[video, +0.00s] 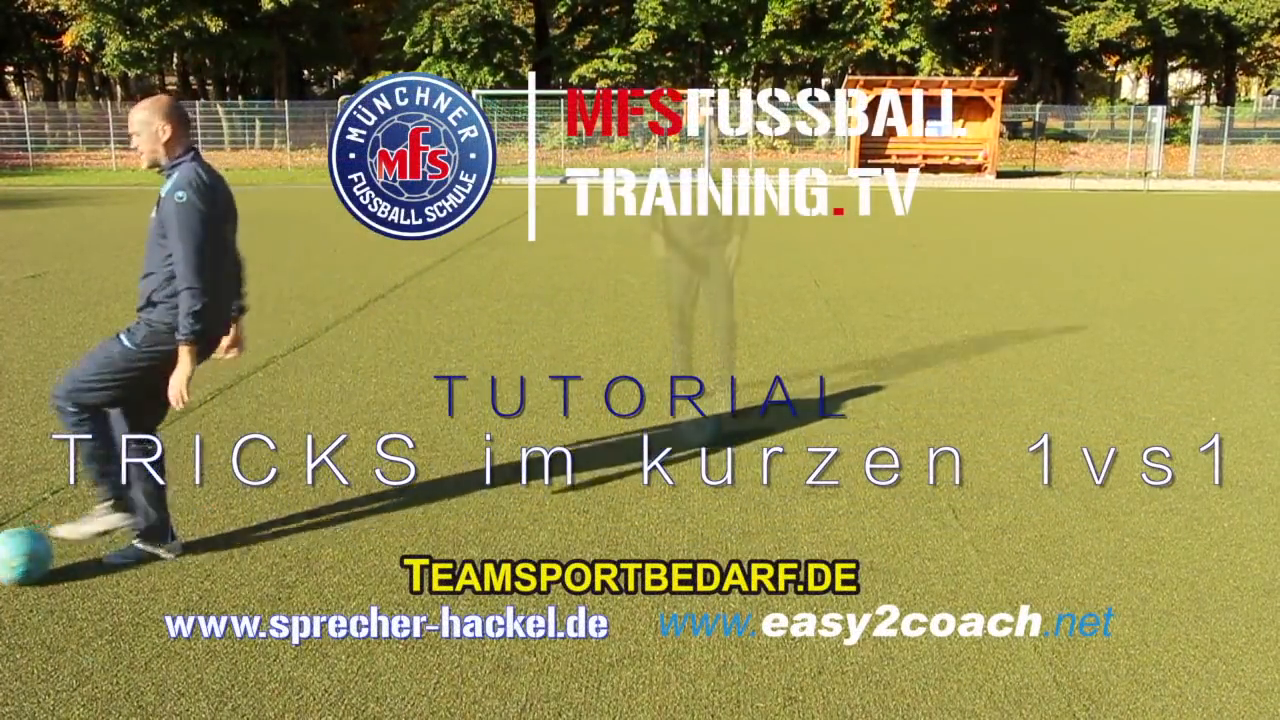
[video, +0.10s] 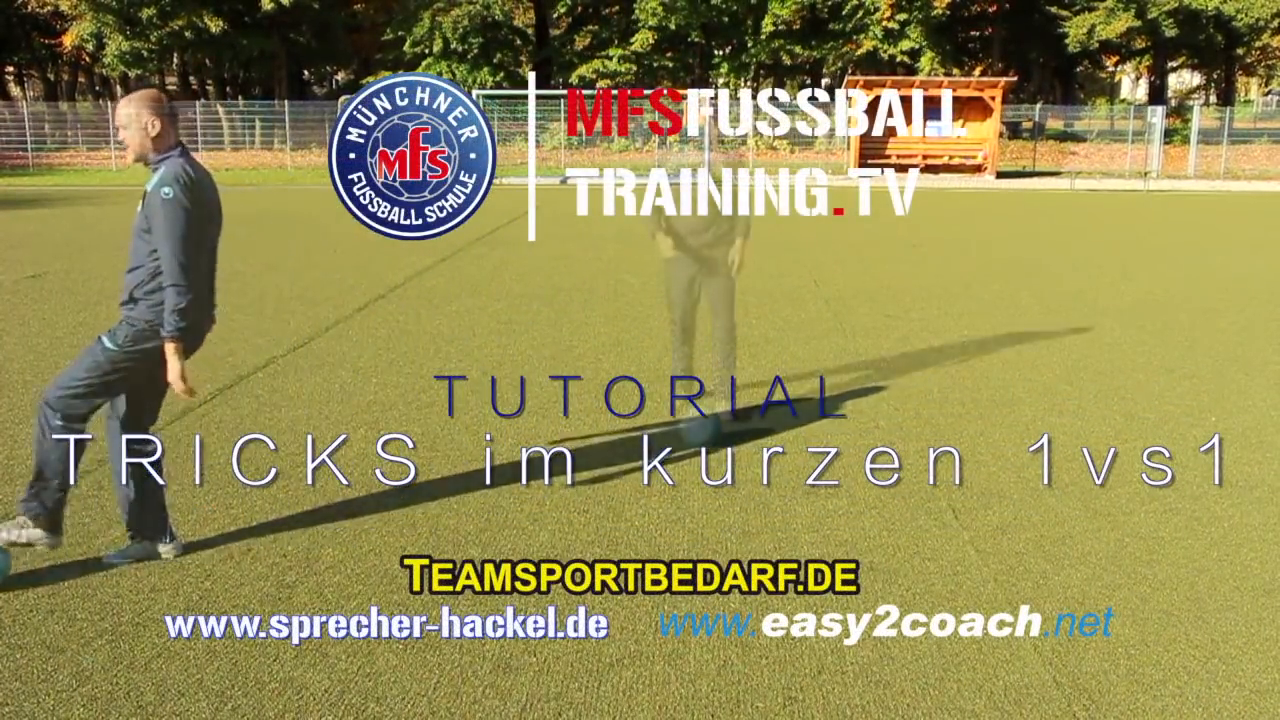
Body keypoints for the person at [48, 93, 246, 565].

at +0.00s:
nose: (133, 146)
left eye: (137, 136)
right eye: (131, 137)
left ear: (166, 131)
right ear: (172, 132)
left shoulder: (183, 187)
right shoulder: (207, 179)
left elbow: (190, 280)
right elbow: (229, 255)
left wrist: (186, 358)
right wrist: (235, 317)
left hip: (163, 328)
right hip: (193, 327)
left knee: (72, 397)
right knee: (133, 422)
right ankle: (155, 534)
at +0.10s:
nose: (120, 139)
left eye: (124, 129)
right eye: (119, 130)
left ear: (154, 126)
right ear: (159, 127)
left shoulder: (169, 182)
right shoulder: (193, 176)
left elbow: (178, 270)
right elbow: (200, 263)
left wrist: (173, 345)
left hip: (148, 325)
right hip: (172, 324)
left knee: (59, 405)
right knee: (129, 420)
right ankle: (152, 535)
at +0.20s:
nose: (110, 130)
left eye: (115, 119)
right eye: (108, 121)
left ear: (147, 118)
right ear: (149, 119)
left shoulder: (160, 175)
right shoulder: (180, 167)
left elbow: (171, 266)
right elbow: (167, 253)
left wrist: (160, 342)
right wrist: (121, 279)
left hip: (143, 318)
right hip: (167, 313)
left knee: (56, 404)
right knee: (134, 417)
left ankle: (44, 521)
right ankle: (154, 534)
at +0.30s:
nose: (104, 127)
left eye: (108, 116)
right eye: (103, 117)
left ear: (141, 113)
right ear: (142, 115)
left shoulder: (157, 172)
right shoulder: (166, 164)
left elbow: (163, 272)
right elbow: (156, 251)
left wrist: (148, 345)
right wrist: (110, 258)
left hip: (137, 317)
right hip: (165, 312)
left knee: (62, 407)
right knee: (142, 421)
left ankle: (81, 531)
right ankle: (156, 534)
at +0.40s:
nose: (103, 125)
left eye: (109, 116)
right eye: (103, 115)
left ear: (137, 116)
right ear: (145, 115)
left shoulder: (156, 177)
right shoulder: (161, 167)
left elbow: (164, 274)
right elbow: (155, 252)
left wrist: (147, 347)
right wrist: (106, 261)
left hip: (140, 320)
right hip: (157, 314)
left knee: (85, 420)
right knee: (147, 425)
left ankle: (127, 540)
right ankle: (161, 537)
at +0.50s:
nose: (111, 122)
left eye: (118, 112)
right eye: (108, 112)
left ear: (142, 115)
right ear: (121, 115)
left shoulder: (166, 180)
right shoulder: (145, 173)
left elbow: (175, 277)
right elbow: (148, 255)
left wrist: (158, 349)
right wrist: (110, 281)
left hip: (146, 330)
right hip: (132, 324)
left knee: (128, 437)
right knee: (129, 432)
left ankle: (178, 552)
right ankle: (155, 536)